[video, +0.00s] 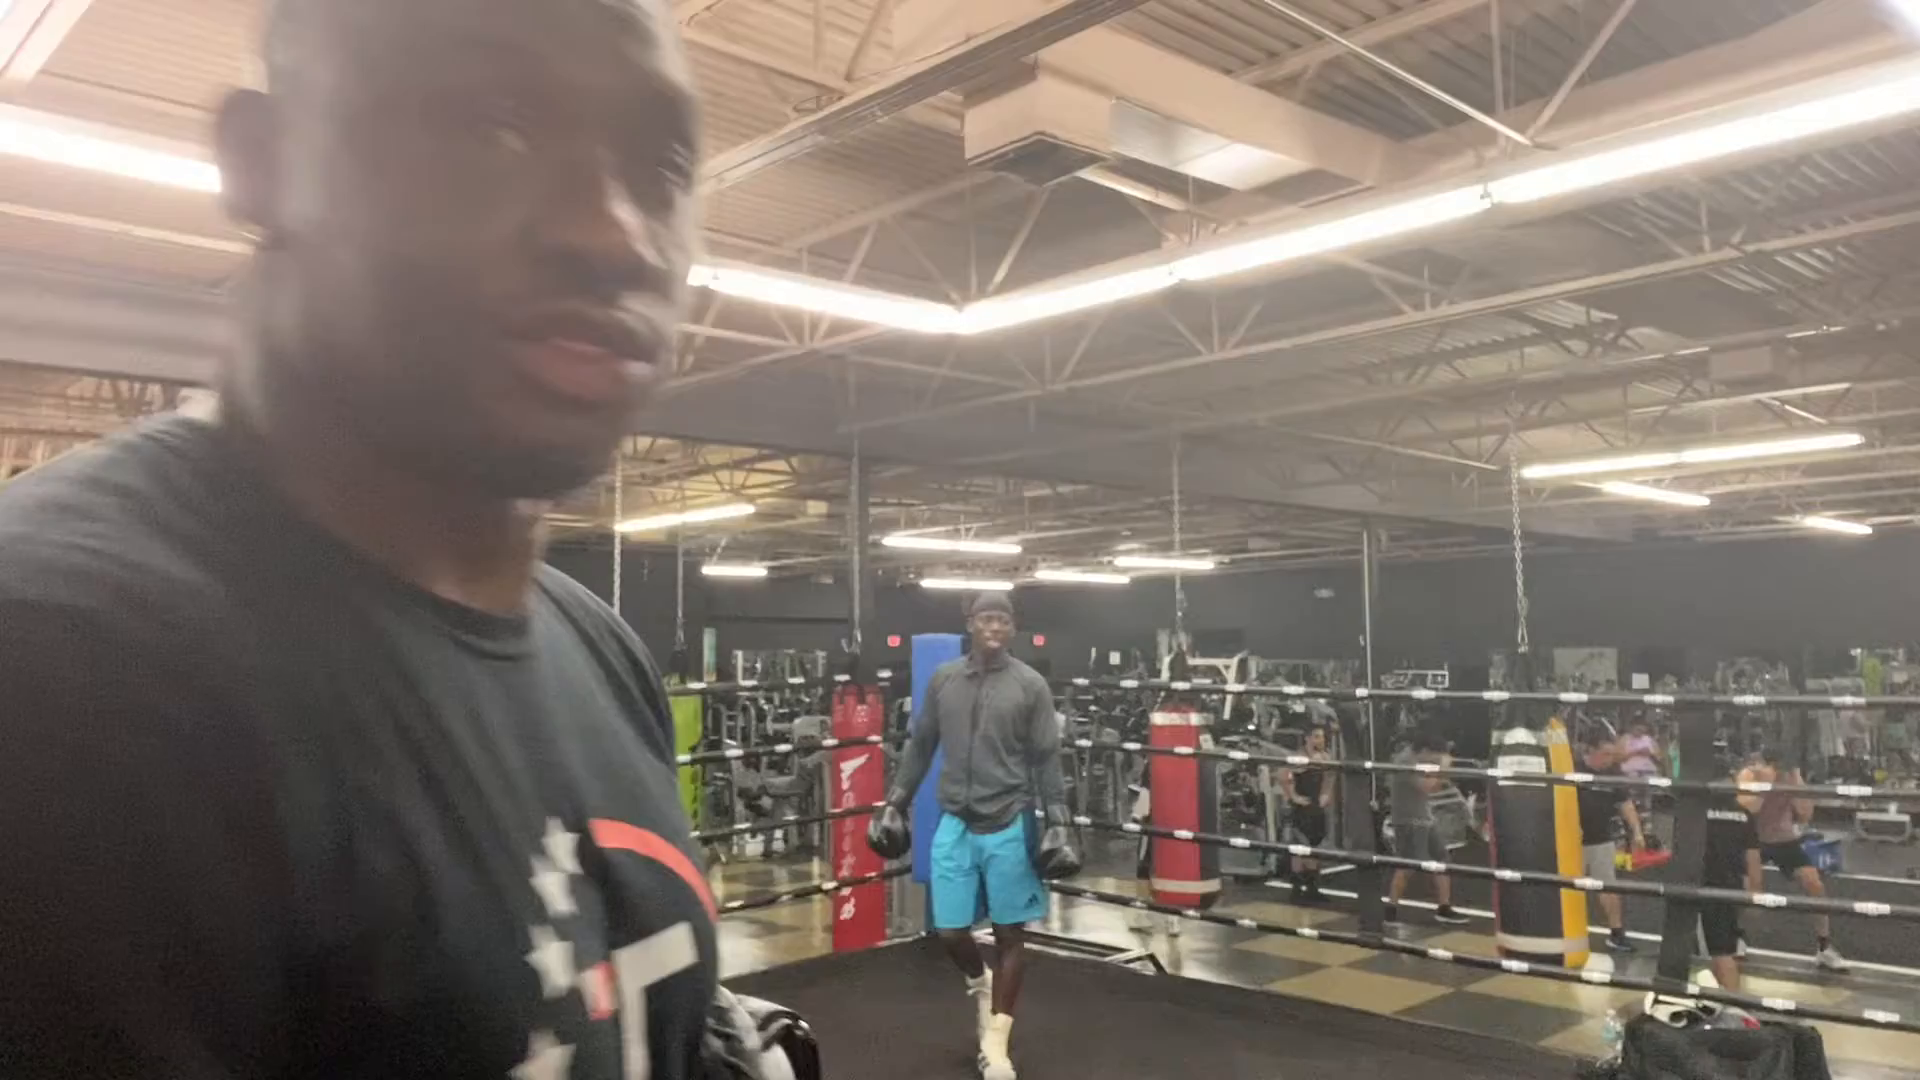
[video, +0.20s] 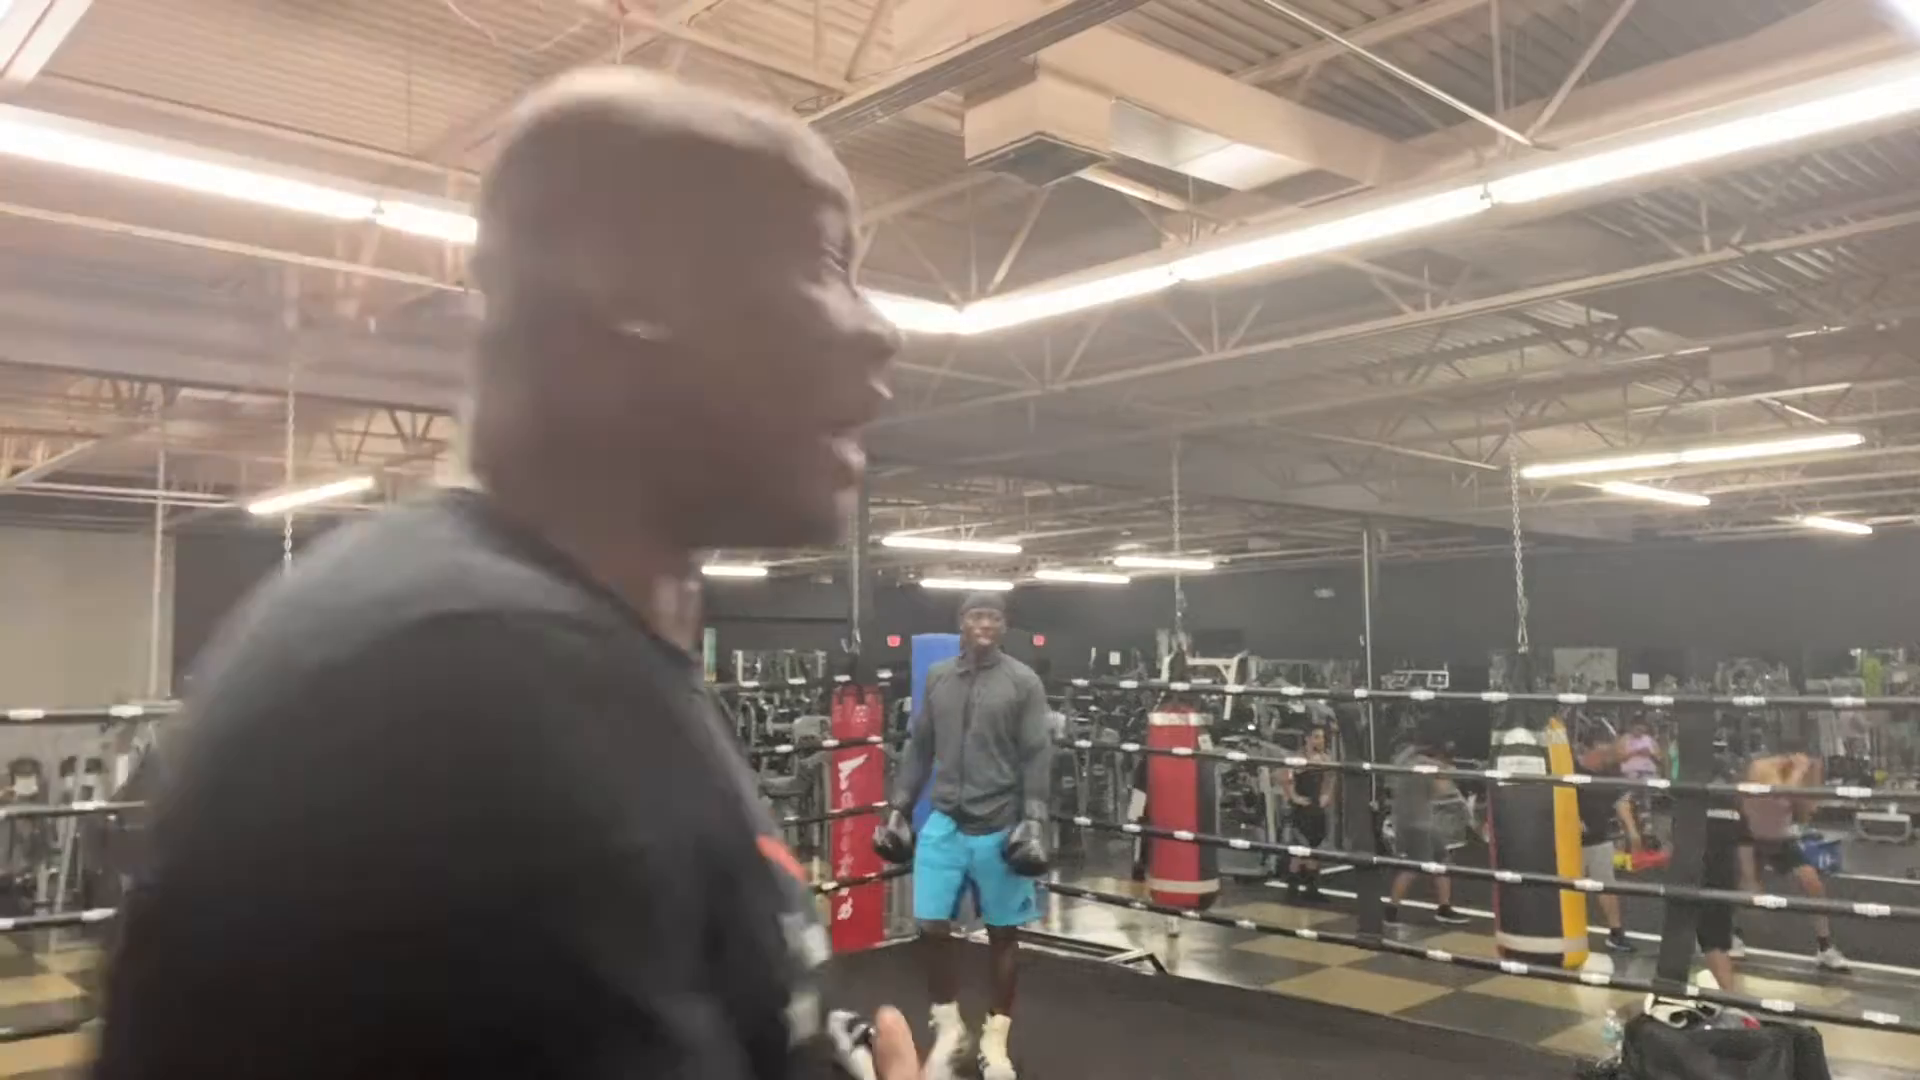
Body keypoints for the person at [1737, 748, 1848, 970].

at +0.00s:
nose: (1772, 771)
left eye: (1776, 766)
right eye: (1767, 766)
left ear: (1782, 764)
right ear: (1757, 763)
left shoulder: (1791, 774)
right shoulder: (1748, 775)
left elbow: (1805, 813)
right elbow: (1749, 807)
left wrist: (1794, 784)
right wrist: (1766, 784)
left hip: (1786, 840)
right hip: (1754, 841)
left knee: (1814, 884)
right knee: (1750, 887)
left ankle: (1824, 946)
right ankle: (1738, 936)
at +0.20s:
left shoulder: (1798, 783)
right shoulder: (1758, 768)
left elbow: (1806, 813)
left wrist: (1809, 776)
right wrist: (1793, 770)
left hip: (1783, 841)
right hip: (1752, 840)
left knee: (1813, 882)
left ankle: (1825, 947)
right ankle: (1732, 932)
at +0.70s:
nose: (1814, 774)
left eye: (1816, 771)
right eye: (1813, 769)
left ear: (1804, 766)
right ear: (1801, 763)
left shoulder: (1794, 777)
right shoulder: (1779, 773)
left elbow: (1801, 812)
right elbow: (1803, 813)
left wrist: (1807, 788)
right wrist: (1814, 785)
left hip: (1776, 844)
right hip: (1748, 844)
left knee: (1810, 881)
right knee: (1758, 896)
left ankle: (1824, 946)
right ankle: (1727, 932)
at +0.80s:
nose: (1802, 767)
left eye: (1806, 765)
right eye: (1799, 762)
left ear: (1806, 767)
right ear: (1789, 757)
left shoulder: (1798, 778)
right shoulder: (1766, 768)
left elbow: (1801, 807)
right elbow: (1784, 793)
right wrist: (1802, 770)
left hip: (1777, 839)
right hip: (1746, 838)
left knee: (1810, 883)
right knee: (1743, 893)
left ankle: (1823, 946)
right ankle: (1730, 938)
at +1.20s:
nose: (1784, 750)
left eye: (1790, 745)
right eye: (1780, 746)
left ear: (1795, 744)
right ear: (1770, 742)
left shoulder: (1799, 761)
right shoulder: (1754, 762)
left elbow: (1809, 796)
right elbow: (1753, 790)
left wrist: (1798, 772)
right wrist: (1771, 764)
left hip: (1785, 836)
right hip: (1753, 834)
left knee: (1815, 884)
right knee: (1744, 889)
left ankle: (1822, 946)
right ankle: (1731, 934)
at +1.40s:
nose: (1798, 747)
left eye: (1802, 744)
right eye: (1794, 742)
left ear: (1808, 743)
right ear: (1783, 741)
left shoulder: (1810, 760)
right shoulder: (1766, 758)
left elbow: (1823, 789)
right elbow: (1766, 784)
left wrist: (1814, 760)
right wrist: (1785, 756)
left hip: (1795, 836)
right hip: (1762, 834)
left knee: (1820, 885)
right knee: (1752, 888)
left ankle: (1824, 946)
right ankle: (1734, 934)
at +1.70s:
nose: (1811, 755)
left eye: (1816, 752)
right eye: (1810, 750)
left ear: (1819, 752)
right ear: (1799, 745)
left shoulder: (1815, 766)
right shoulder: (1773, 756)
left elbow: (1828, 791)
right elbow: (1768, 781)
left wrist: (1826, 762)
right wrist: (1794, 762)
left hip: (1794, 832)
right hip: (1761, 828)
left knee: (1817, 886)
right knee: (1748, 884)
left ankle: (1823, 947)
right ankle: (1729, 933)